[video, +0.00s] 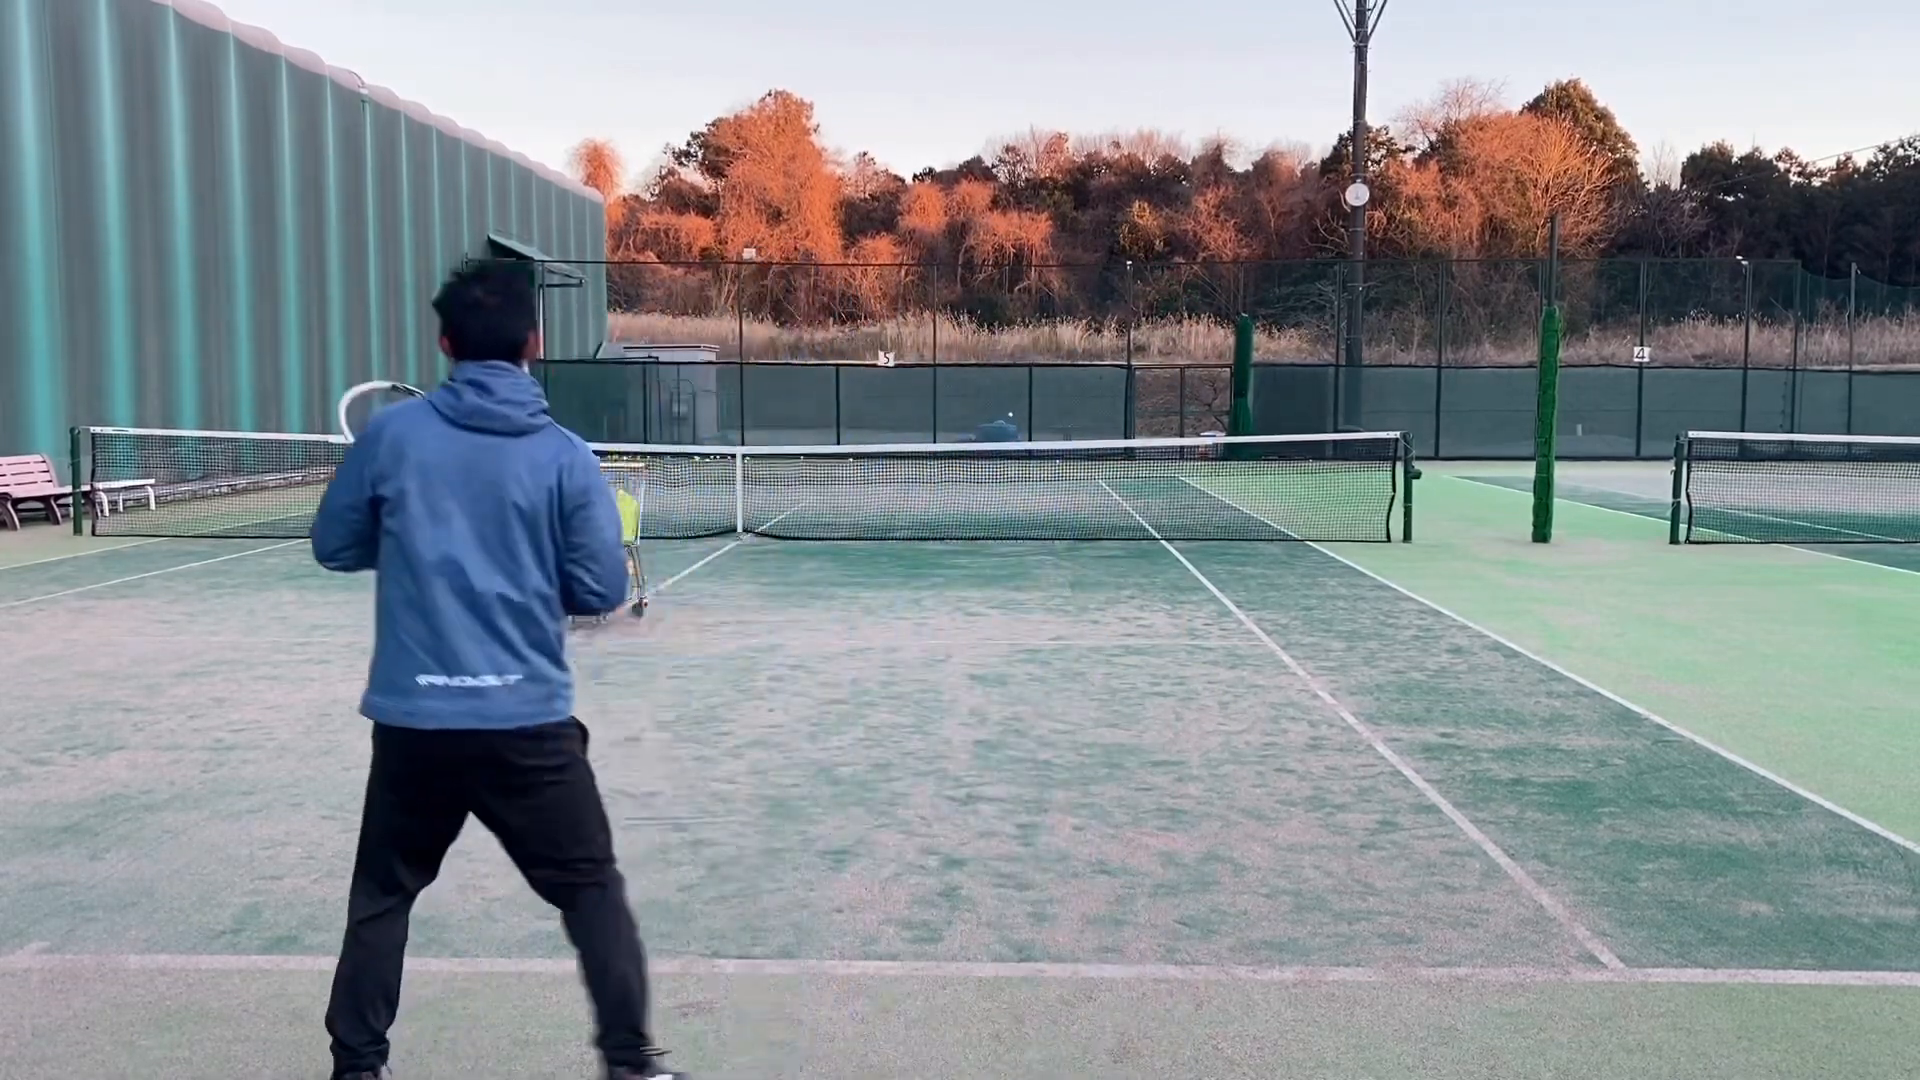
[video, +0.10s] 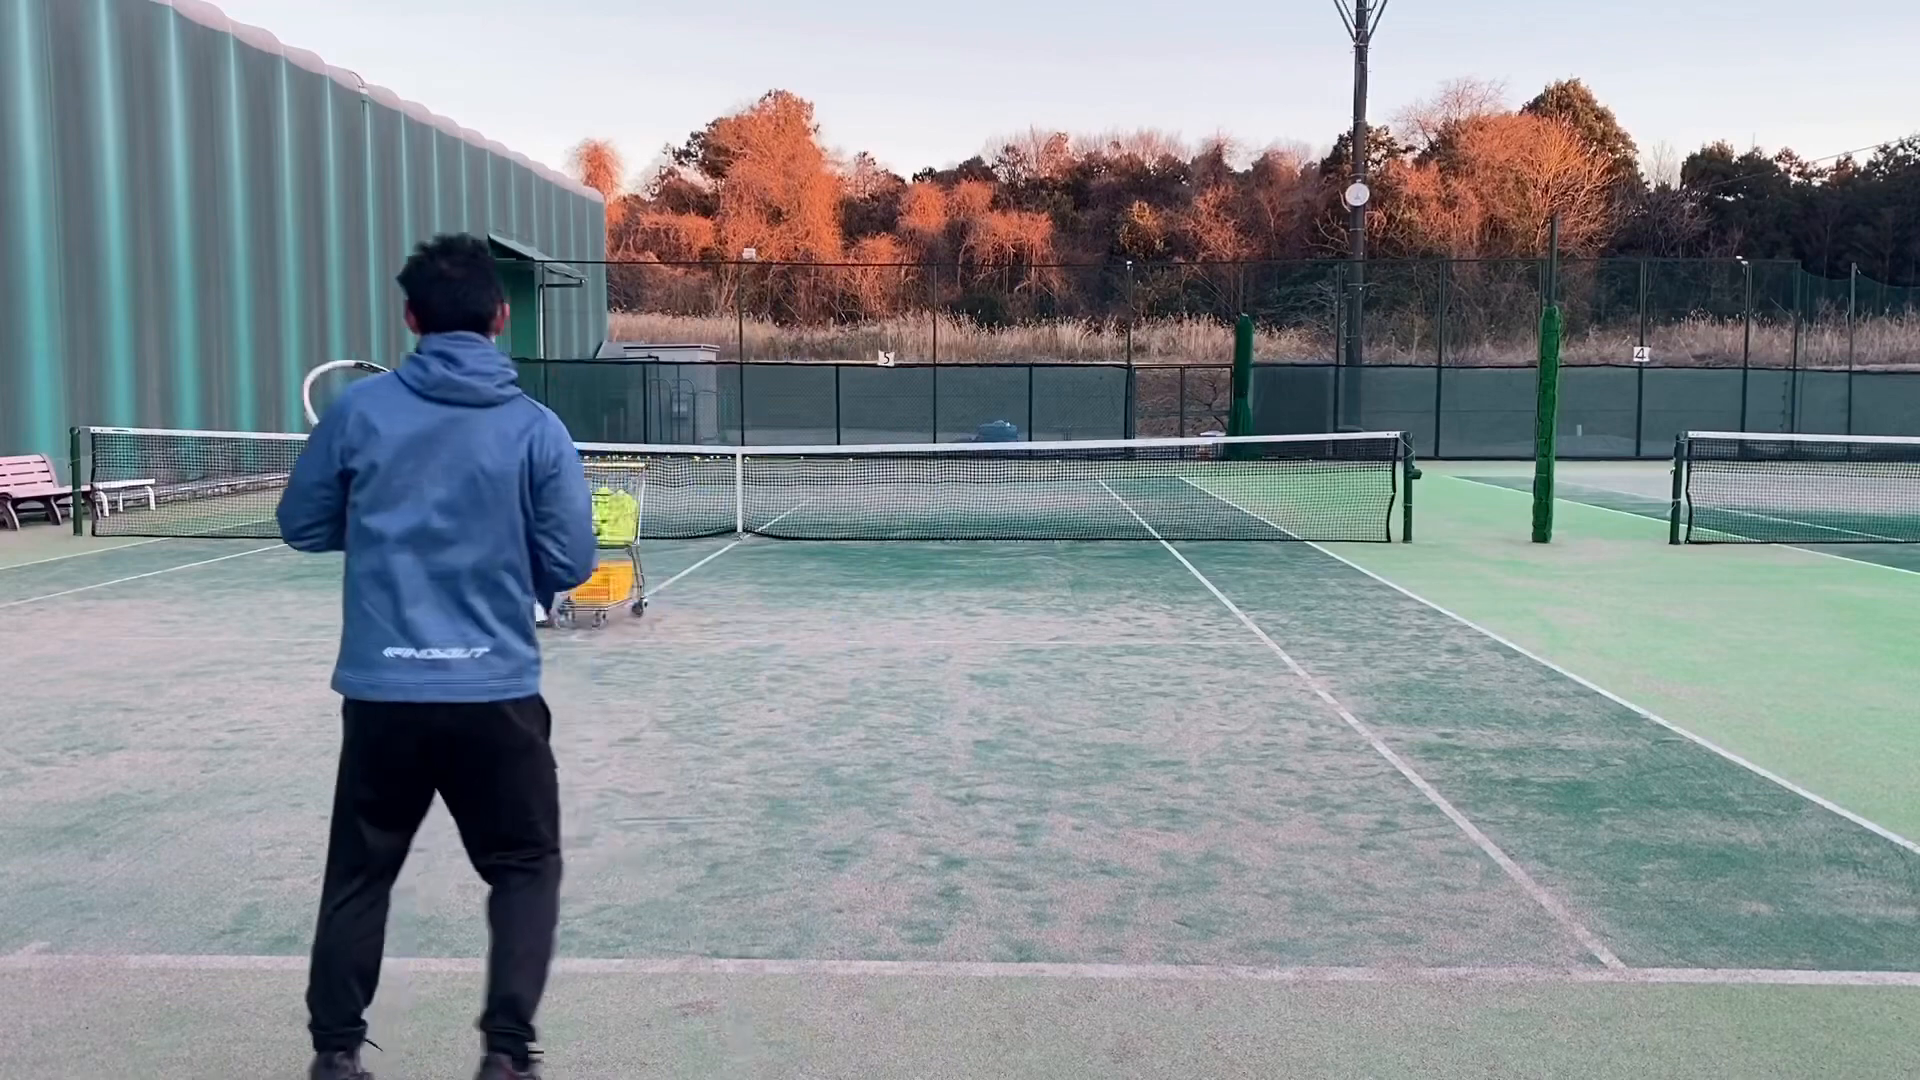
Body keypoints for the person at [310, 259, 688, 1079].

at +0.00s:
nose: (542, 342)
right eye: (539, 333)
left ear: (447, 343)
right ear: (533, 345)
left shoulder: (392, 433)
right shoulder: (564, 456)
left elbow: (336, 545)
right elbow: (600, 587)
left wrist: (420, 533)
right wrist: (526, 569)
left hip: (411, 726)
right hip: (528, 729)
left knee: (382, 890)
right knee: (589, 884)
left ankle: (356, 1060)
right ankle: (630, 1055)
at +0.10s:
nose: (505, 321)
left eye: (405, 310)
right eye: (505, 311)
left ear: (410, 317)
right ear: (498, 318)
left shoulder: (360, 409)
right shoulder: (537, 429)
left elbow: (302, 524)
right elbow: (566, 561)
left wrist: (389, 511)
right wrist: (497, 547)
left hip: (382, 701)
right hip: (494, 703)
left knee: (358, 873)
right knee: (524, 866)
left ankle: (337, 1052)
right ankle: (508, 1049)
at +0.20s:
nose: (479, 339)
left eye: (377, 328)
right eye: (478, 329)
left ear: (382, 335)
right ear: (473, 337)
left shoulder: (330, 429)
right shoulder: (507, 447)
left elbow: (274, 547)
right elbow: (543, 582)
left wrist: (361, 530)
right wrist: (461, 575)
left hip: (354, 713)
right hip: (466, 719)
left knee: (318, 880)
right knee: (485, 882)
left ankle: (273, 1055)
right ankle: (460, 1058)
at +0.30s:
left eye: (357, 356)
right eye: (459, 360)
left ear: (364, 367)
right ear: (452, 369)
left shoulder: (313, 458)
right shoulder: (484, 478)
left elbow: (251, 574)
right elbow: (517, 619)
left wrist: (334, 558)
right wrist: (437, 605)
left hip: (322, 748)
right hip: (435, 755)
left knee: (290, 905)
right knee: (471, 917)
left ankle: (262, 1066)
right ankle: (452, 1069)